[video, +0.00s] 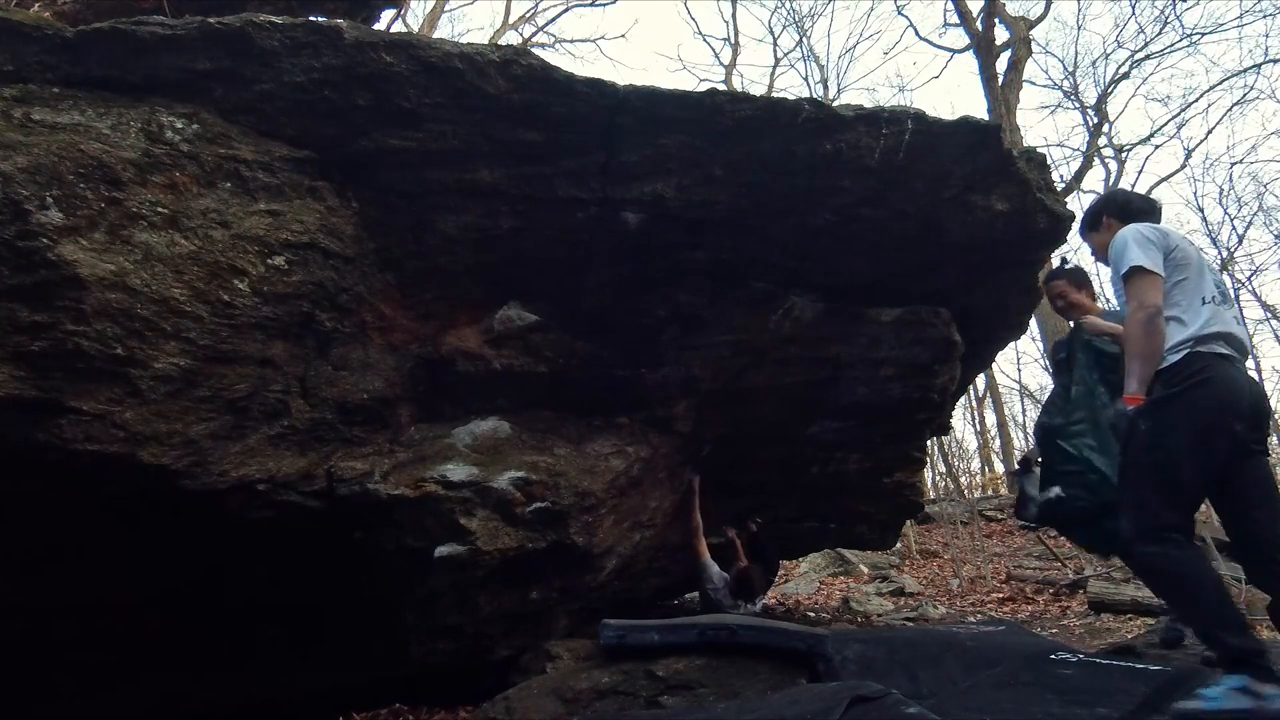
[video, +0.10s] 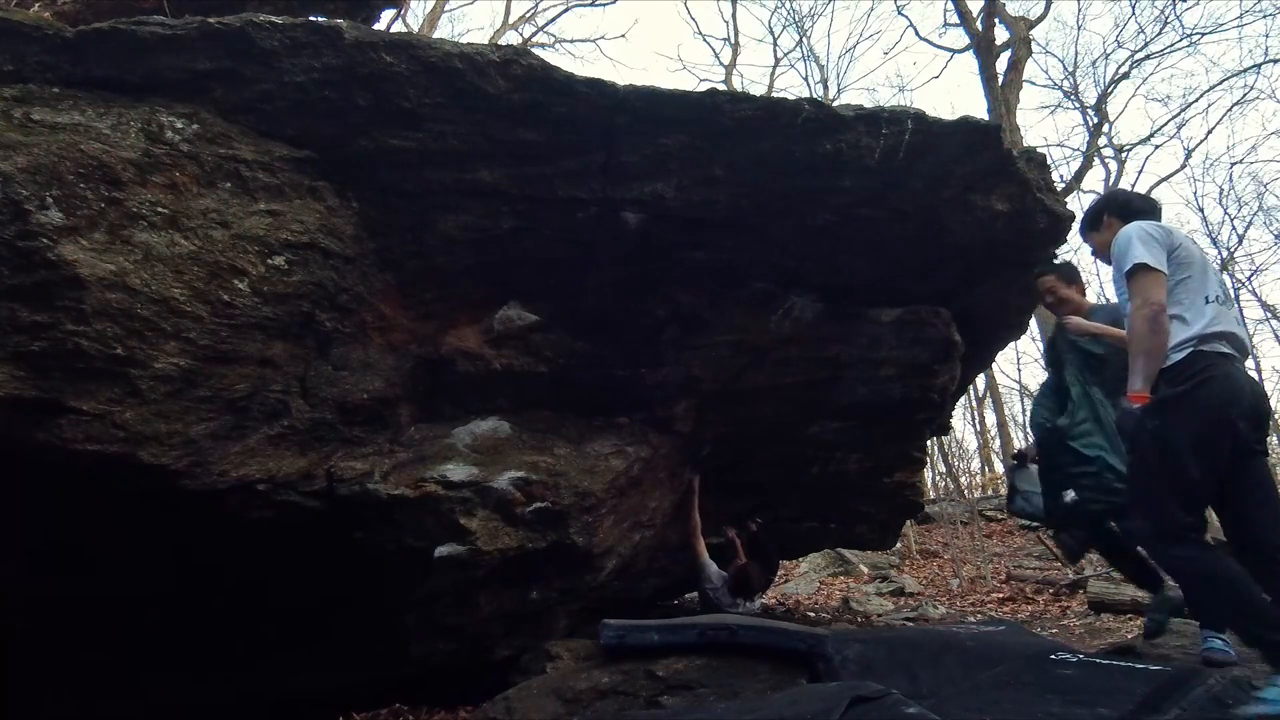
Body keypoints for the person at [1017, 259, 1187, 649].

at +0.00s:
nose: (1059, 305)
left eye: (1063, 295)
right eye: (1052, 300)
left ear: (1086, 289)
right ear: (1052, 307)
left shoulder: (1122, 320)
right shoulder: (1064, 348)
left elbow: (1151, 342)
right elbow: (1064, 401)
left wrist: (1104, 327)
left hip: (1135, 429)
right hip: (1090, 443)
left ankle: (1183, 610)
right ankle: (1174, 608)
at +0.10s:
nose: (1052, 303)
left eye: (1055, 292)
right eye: (1045, 298)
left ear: (1079, 286)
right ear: (1043, 304)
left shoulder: (1116, 316)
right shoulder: (1058, 341)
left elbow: (1149, 348)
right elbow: (1056, 391)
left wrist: (1085, 331)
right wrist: (1041, 435)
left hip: (1141, 433)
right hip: (1092, 448)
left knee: (1180, 526)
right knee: (1092, 527)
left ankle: (1212, 627)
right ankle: (1161, 589)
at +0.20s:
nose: (1039, 300)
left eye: (1042, 289)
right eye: (1032, 296)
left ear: (1066, 281)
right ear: (1031, 302)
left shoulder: (1106, 309)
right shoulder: (1045, 339)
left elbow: (1140, 342)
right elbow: (1040, 396)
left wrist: (1077, 325)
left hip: (1129, 421)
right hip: (1078, 440)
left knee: (1173, 521)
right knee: (1060, 514)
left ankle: (1212, 627)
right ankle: (1123, 602)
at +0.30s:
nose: (1025, 301)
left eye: (1028, 290)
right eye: (1018, 296)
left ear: (1052, 283)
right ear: (1019, 300)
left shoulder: (1094, 311)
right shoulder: (1030, 338)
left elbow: (1124, 346)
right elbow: (1028, 402)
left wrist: (1060, 322)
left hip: (1116, 432)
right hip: (1060, 446)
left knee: (1162, 524)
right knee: (1055, 522)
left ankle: (1213, 629)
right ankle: (1071, 616)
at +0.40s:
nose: (1014, 306)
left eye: (1018, 296)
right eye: (1007, 302)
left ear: (1038, 288)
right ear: (1007, 306)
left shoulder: (1074, 315)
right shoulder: (1016, 343)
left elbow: (1111, 341)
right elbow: (1017, 407)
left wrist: (1046, 314)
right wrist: (1008, 454)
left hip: (1100, 444)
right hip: (1040, 455)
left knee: (1156, 530)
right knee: (1043, 549)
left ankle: (1211, 628)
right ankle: (1031, 638)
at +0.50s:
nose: (987, 307)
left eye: (992, 298)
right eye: (982, 302)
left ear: (1016, 294)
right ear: (983, 309)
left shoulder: (1041, 327)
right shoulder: (998, 354)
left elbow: (1097, 346)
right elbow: (1010, 415)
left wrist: (1037, 313)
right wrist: (992, 456)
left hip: (1076, 452)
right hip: (1026, 463)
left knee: (1142, 536)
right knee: (1033, 556)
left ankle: (1208, 628)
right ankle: (1030, 644)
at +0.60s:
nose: (967, 317)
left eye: (972, 308)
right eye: (961, 314)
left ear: (994, 304)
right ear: (961, 320)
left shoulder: (1023, 338)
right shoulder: (977, 364)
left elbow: (1081, 354)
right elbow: (985, 424)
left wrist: (1030, 319)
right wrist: (970, 467)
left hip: (1056, 463)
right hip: (1010, 476)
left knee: (1108, 544)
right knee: (1021, 575)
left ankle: (1195, 624)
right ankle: (1035, 672)